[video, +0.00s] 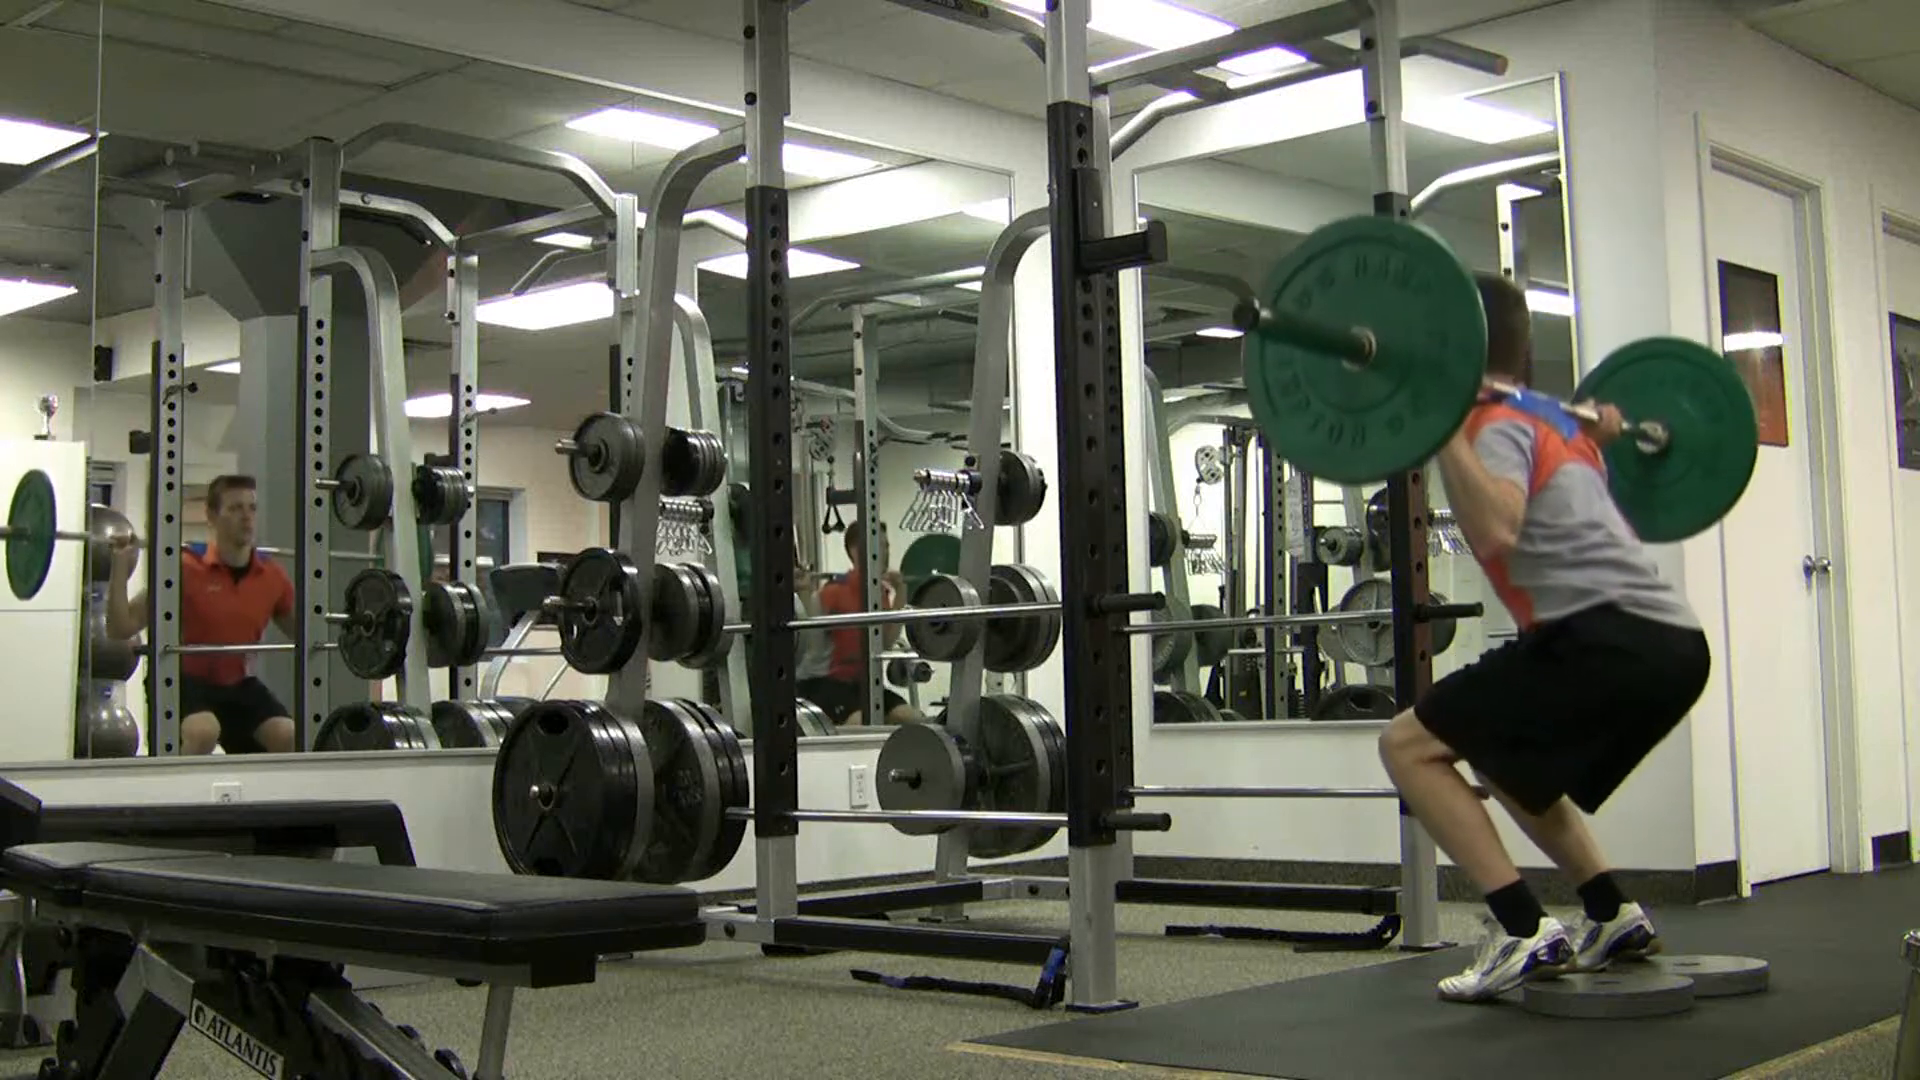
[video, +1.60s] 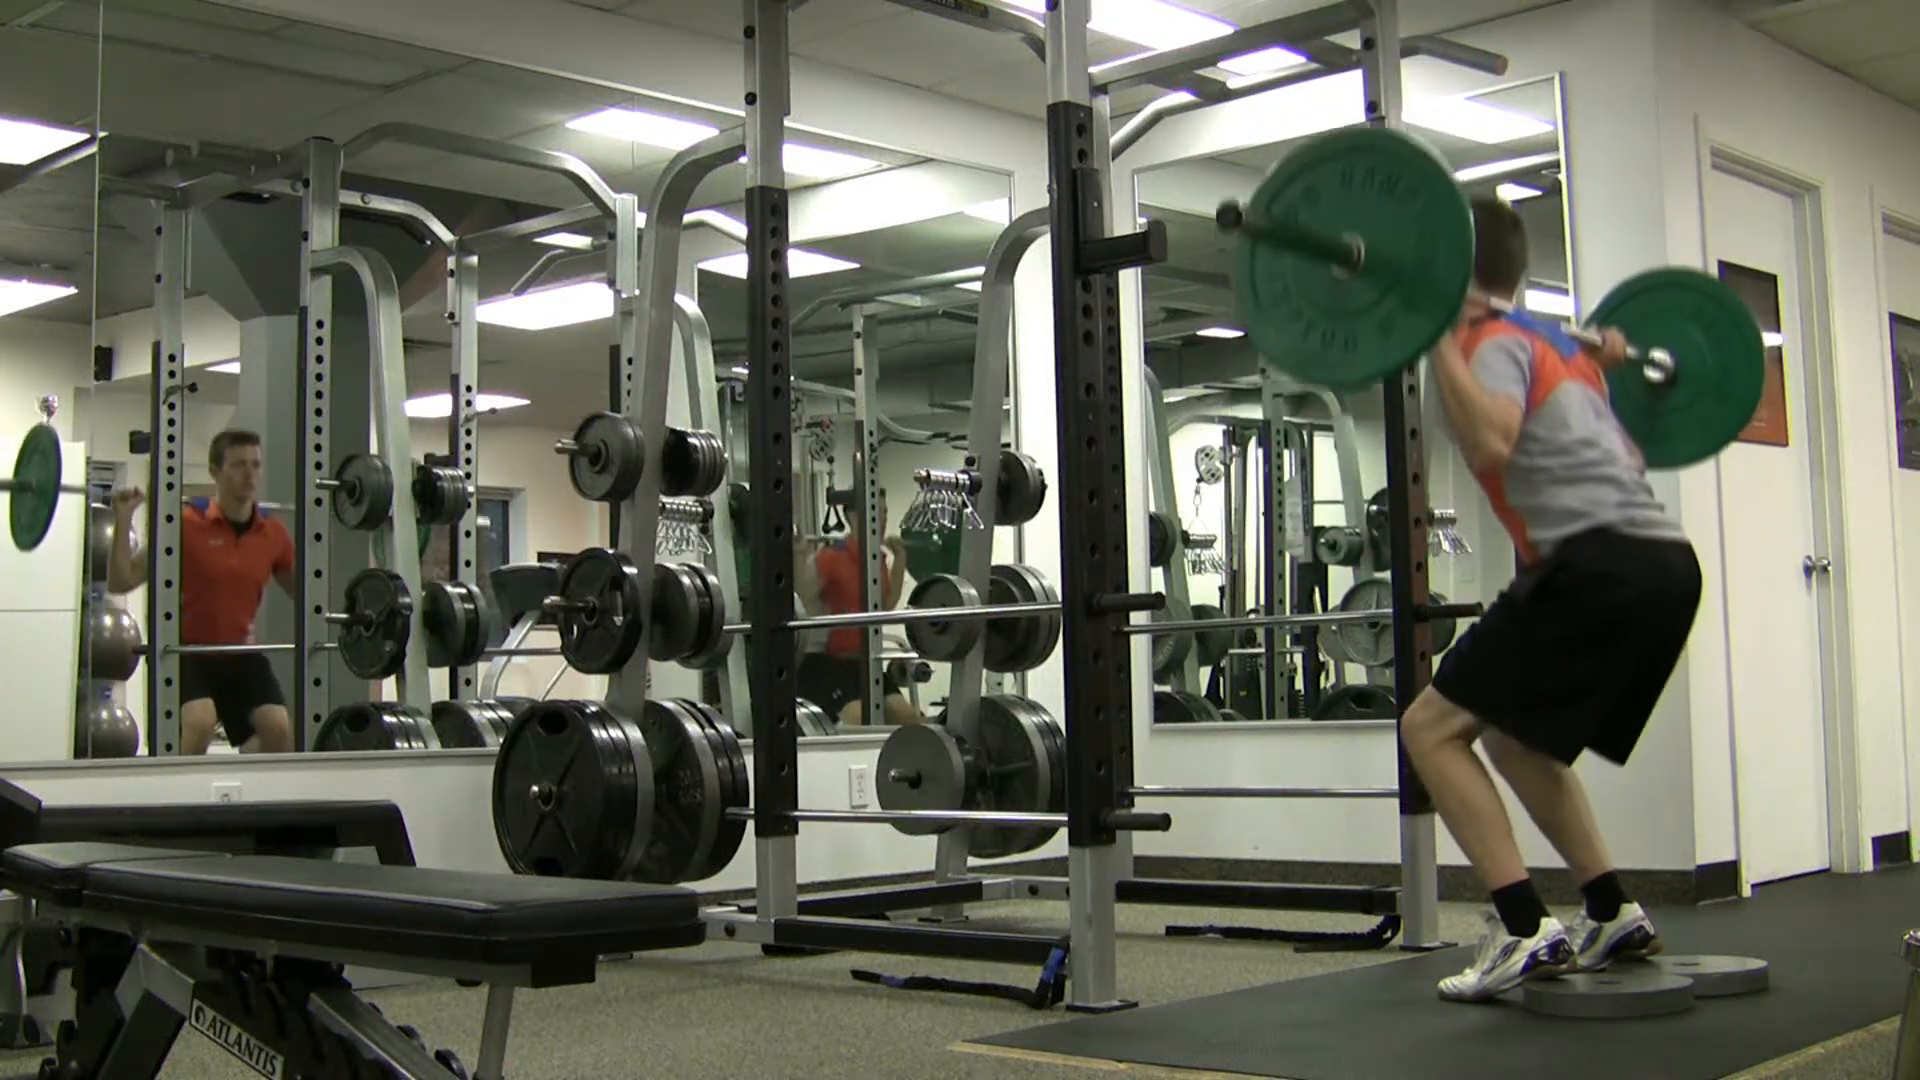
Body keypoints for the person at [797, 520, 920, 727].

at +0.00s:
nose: (880, 553)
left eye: (884, 546)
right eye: (870, 546)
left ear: (888, 549)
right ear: (853, 552)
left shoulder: (881, 593)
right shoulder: (832, 593)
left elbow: (887, 642)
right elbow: (815, 642)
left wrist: (900, 594)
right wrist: (804, 595)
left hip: (869, 684)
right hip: (831, 683)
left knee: (912, 719)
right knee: (860, 719)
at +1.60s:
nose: (881, 520)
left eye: (883, 512)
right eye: (872, 512)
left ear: (886, 515)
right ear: (852, 516)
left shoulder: (877, 558)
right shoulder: (830, 558)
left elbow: (887, 606)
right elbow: (809, 602)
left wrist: (900, 558)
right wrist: (799, 560)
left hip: (870, 661)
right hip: (836, 662)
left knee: (910, 720)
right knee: (857, 722)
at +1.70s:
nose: (878, 507)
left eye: (882, 499)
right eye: (871, 500)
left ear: (885, 502)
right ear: (852, 505)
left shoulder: (875, 545)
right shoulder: (831, 544)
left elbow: (887, 594)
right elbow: (803, 586)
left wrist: (899, 546)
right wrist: (798, 547)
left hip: (867, 651)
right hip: (834, 652)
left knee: (906, 719)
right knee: (854, 724)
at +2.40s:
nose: (866, 464)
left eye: (870, 455)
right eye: (859, 455)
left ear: (874, 458)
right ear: (845, 457)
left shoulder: (870, 503)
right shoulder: (824, 502)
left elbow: (885, 555)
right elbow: (798, 551)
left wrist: (894, 507)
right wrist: (795, 501)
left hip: (865, 611)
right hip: (831, 612)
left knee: (867, 704)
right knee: (828, 701)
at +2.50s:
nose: (866, 464)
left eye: (870, 455)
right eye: (859, 455)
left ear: (874, 458)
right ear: (844, 457)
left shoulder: (870, 503)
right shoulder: (824, 502)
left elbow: (884, 556)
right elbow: (797, 551)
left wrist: (894, 508)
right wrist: (794, 500)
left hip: (866, 610)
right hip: (831, 611)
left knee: (867, 702)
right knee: (827, 699)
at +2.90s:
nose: (866, 465)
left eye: (871, 457)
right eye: (859, 457)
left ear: (875, 459)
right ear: (845, 458)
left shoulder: (869, 504)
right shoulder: (825, 502)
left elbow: (883, 556)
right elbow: (797, 552)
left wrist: (893, 509)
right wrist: (796, 501)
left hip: (865, 612)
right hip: (832, 613)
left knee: (867, 704)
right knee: (835, 703)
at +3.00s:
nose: (867, 470)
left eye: (872, 462)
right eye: (860, 462)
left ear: (877, 465)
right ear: (845, 464)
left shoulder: (871, 509)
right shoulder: (827, 507)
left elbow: (884, 561)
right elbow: (798, 556)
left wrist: (893, 516)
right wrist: (798, 505)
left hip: (867, 617)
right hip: (833, 617)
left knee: (876, 707)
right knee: (838, 707)